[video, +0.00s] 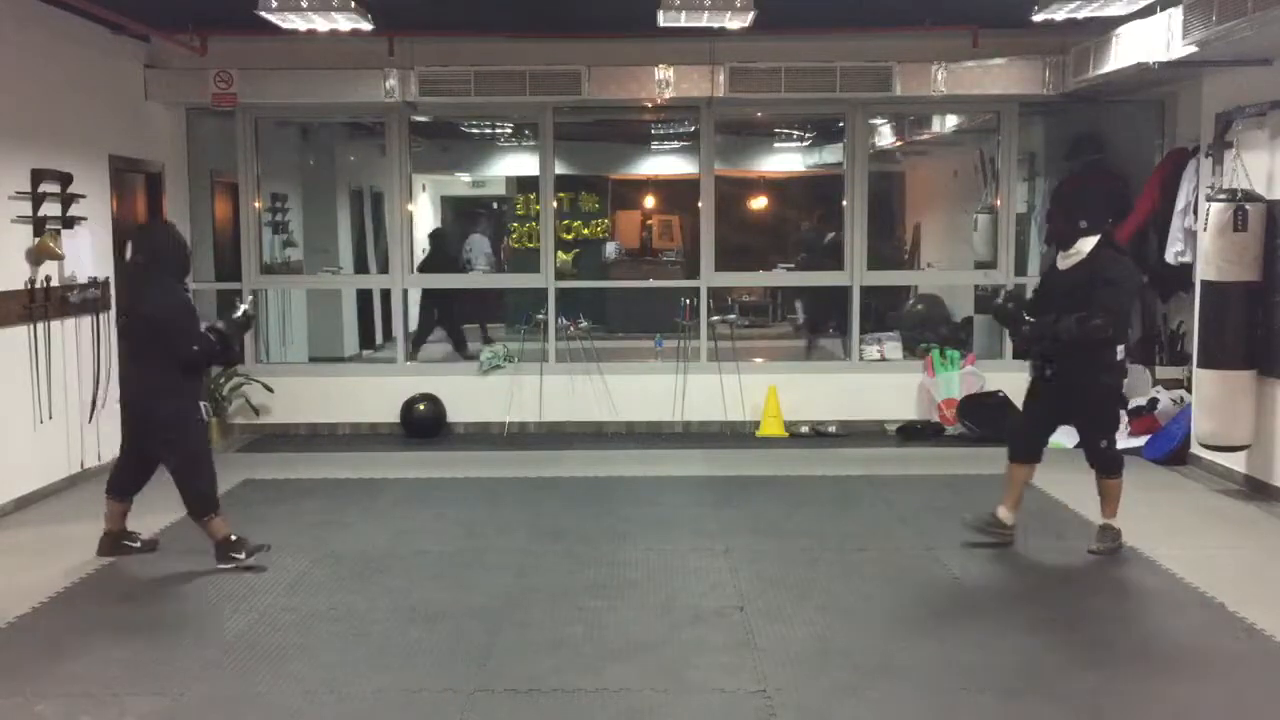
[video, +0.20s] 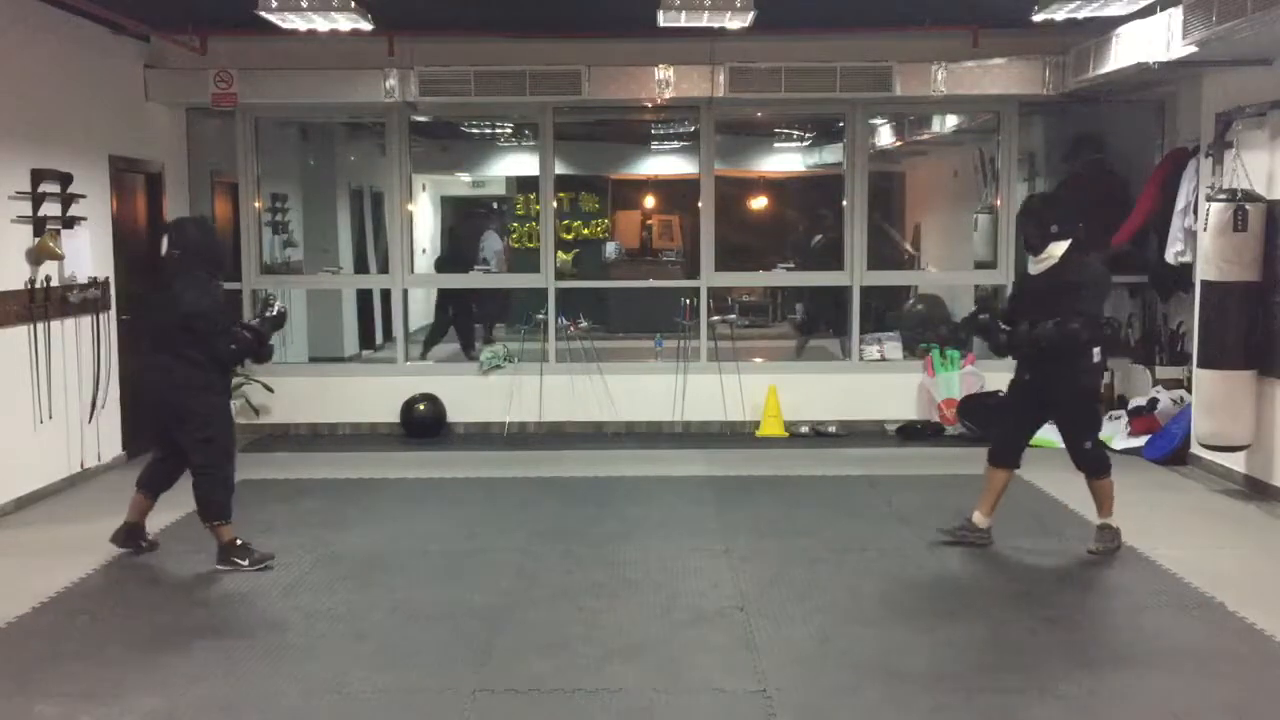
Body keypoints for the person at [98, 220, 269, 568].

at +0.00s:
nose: (187, 259)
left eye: (184, 252)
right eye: (182, 252)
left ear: (140, 255)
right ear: (172, 256)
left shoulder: (133, 288)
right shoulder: (167, 295)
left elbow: (165, 347)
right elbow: (190, 354)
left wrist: (211, 335)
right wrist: (226, 334)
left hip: (140, 397)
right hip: (171, 400)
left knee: (134, 461)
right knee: (194, 466)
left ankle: (114, 533)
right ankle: (225, 541)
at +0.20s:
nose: (218, 249)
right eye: (213, 243)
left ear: (175, 249)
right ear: (205, 248)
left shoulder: (163, 283)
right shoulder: (200, 289)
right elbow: (221, 349)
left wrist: (238, 335)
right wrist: (257, 331)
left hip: (168, 386)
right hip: (199, 391)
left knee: (171, 454)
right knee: (213, 461)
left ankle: (131, 526)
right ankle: (228, 545)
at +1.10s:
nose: (341, 253)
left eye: (339, 246)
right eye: (338, 246)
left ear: (300, 248)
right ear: (331, 251)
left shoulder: (283, 289)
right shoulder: (324, 294)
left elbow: (327, 308)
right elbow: (368, 334)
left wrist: (363, 298)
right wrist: (396, 303)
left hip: (282, 388)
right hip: (318, 390)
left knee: (303, 452)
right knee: (341, 457)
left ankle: (275, 519)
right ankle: (329, 538)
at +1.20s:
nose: (357, 258)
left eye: (356, 253)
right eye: (353, 252)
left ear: (316, 250)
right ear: (341, 256)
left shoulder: (298, 280)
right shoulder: (341, 296)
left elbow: (350, 263)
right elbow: (376, 332)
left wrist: (388, 266)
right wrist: (401, 289)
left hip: (294, 391)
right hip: (332, 393)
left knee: (314, 453)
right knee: (372, 453)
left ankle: (287, 530)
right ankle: (342, 525)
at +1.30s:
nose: (369, 270)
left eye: (368, 263)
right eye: (366, 263)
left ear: (332, 256)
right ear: (359, 264)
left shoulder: (312, 286)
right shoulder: (356, 297)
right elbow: (400, 315)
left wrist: (381, 240)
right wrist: (402, 266)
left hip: (309, 393)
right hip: (346, 394)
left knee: (327, 456)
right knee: (397, 446)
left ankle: (290, 530)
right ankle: (386, 527)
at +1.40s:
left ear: (354, 261)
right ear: (380, 268)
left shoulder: (339, 285)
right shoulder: (378, 293)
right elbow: (421, 292)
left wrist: (381, 247)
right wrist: (408, 249)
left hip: (331, 395)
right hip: (366, 397)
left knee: (333, 463)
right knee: (410, 460)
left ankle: (291, 530)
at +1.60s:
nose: (430, 275)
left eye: (430, 270)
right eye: (426, 270)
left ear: (388, 267)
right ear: (414, 271)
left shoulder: (370, 298)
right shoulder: (417, 301)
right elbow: (466, 311)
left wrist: (422, 396)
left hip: (374, 405)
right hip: (406, 407)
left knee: (375, 463)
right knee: (459, 454)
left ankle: (312, 507)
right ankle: (466, 533)